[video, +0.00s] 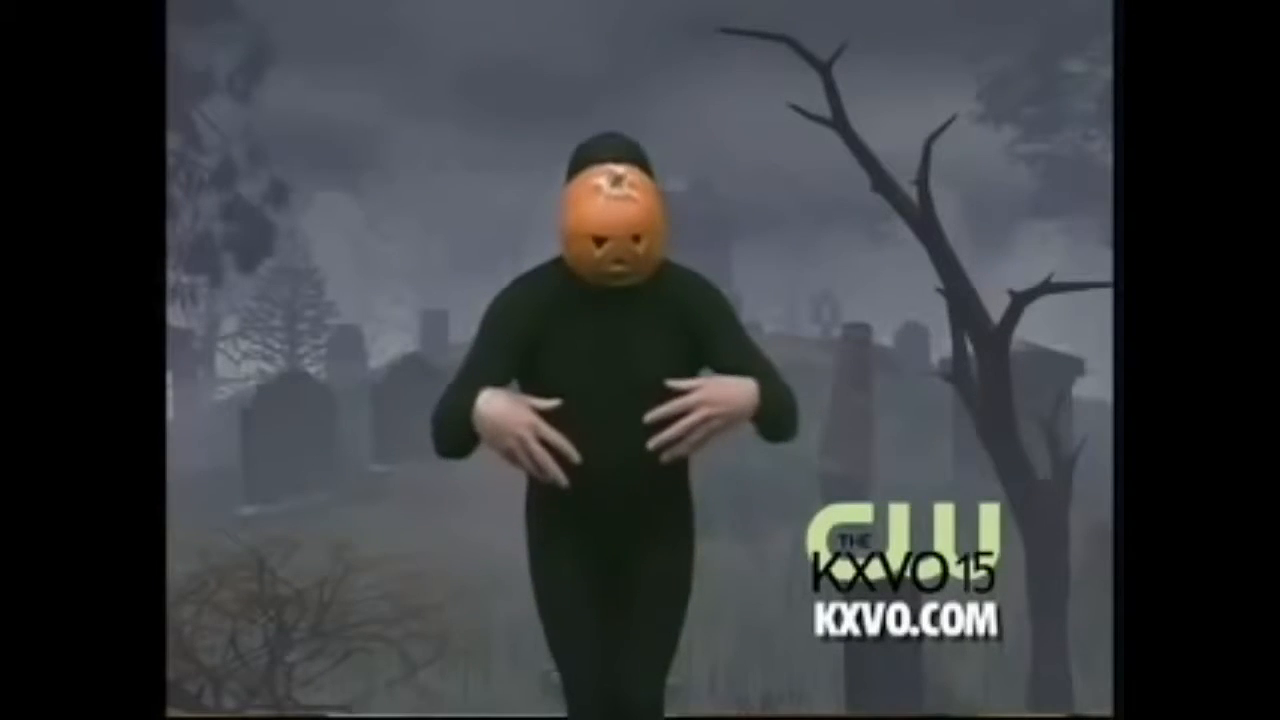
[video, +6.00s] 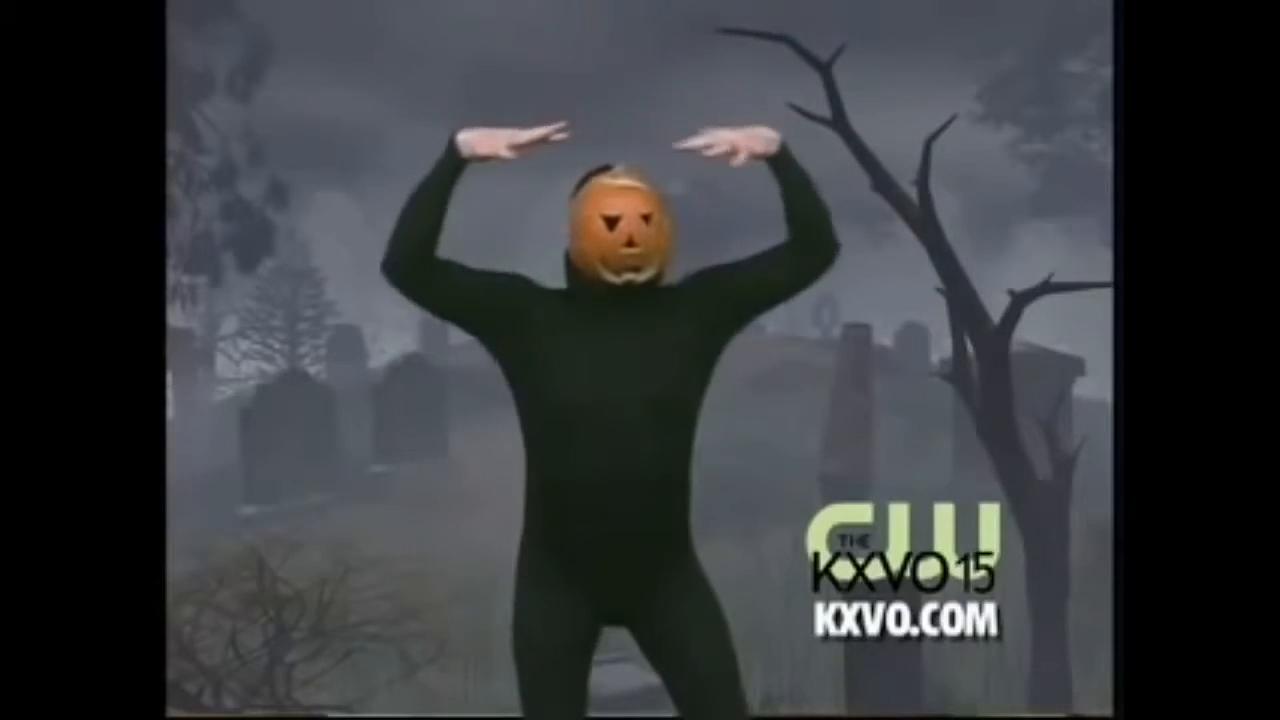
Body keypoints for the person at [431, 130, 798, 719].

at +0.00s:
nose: (614, 191)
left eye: (630, 181)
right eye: (597, 181)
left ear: (658, 203)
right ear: (567, 203)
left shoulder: (691, 299)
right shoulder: (527, 302)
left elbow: (783, 418)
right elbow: (446, 434)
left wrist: (752, 395)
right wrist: (480, 407)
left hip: (658, 528)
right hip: (564, 530)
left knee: (639, 697)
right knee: (590, 697)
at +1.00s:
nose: (614, 216)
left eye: (631, 201)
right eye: (594, 201)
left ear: (655, 211)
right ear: (562, 211)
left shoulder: (691, 302)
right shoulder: (513, 303)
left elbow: (804, 376)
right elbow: (392, 375)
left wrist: (808, 312)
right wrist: (411, 313)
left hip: (655, 542)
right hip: (557, 544)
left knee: (657, 706)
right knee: (577, 705)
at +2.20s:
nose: (618, 198)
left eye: (634, 186)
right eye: (596, 185)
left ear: (659, 211)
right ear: (559, 211)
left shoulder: (700, 294)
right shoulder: (504, 299)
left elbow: (823, 290)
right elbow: (374, 314)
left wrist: (866, 206)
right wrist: (331, 230)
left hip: (663, 554)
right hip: (554, 560)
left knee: (707, 707)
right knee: (566, 710)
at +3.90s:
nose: (614, 187)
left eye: (630, 177)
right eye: (594, 176)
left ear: (656, 197)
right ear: (561, 200)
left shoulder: (696, 272)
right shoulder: (508, 272)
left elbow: (808, 218)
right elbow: (383, 213)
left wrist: (853, 125)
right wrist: (324, 111)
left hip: (666, 558)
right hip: (553, 563)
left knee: (724, 709)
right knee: (546, 710)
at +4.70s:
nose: (619, 191)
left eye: (635, 181)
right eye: (599, 181)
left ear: (661, 203)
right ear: (564, 205)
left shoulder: (689, 268)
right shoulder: (519, 268)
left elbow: (778, 169)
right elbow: (427, 167)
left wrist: (795, 42)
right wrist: (407, 29)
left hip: (667, 561)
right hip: (554, 565)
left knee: (727, 711)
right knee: (546, 711)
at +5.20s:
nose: (625, 210)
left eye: (642, 199)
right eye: (602, 197)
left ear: (666, 224)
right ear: (570, 224)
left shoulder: (689, 288)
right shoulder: (530, 288)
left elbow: (767, 182)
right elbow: (456, 191)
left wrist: (715, 61)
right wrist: (513, 57)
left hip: (665, 565)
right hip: (554, 568)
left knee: (727, 711)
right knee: (545, 711)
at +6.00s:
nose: (629, 232)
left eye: (644, 219)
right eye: (608, 220)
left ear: (667, 238)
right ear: (573, 241)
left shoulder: (699, 310)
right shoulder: (522, 314)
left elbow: (813, 248)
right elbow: (407, 263)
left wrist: (779, 155)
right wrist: (456, 154)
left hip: (665, 573)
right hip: (557, 578)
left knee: (722, 709)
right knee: (551, 711)